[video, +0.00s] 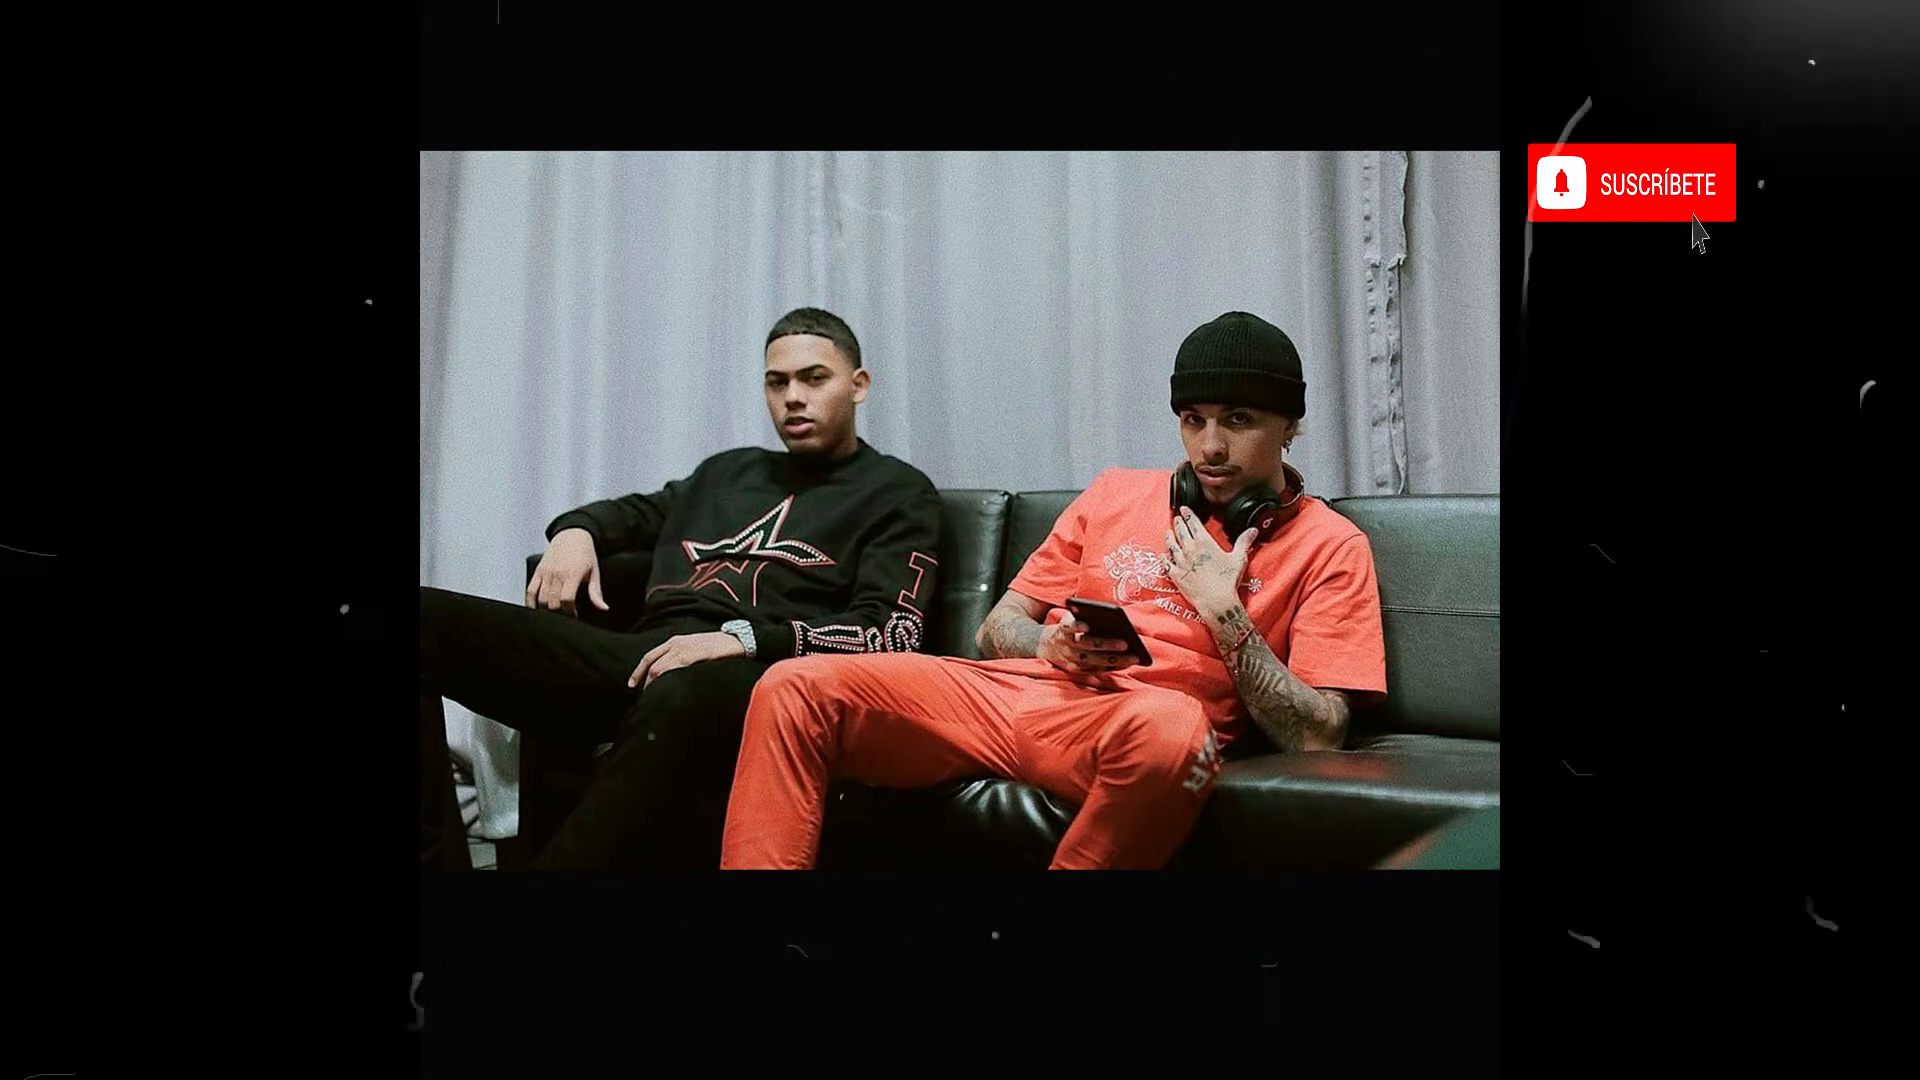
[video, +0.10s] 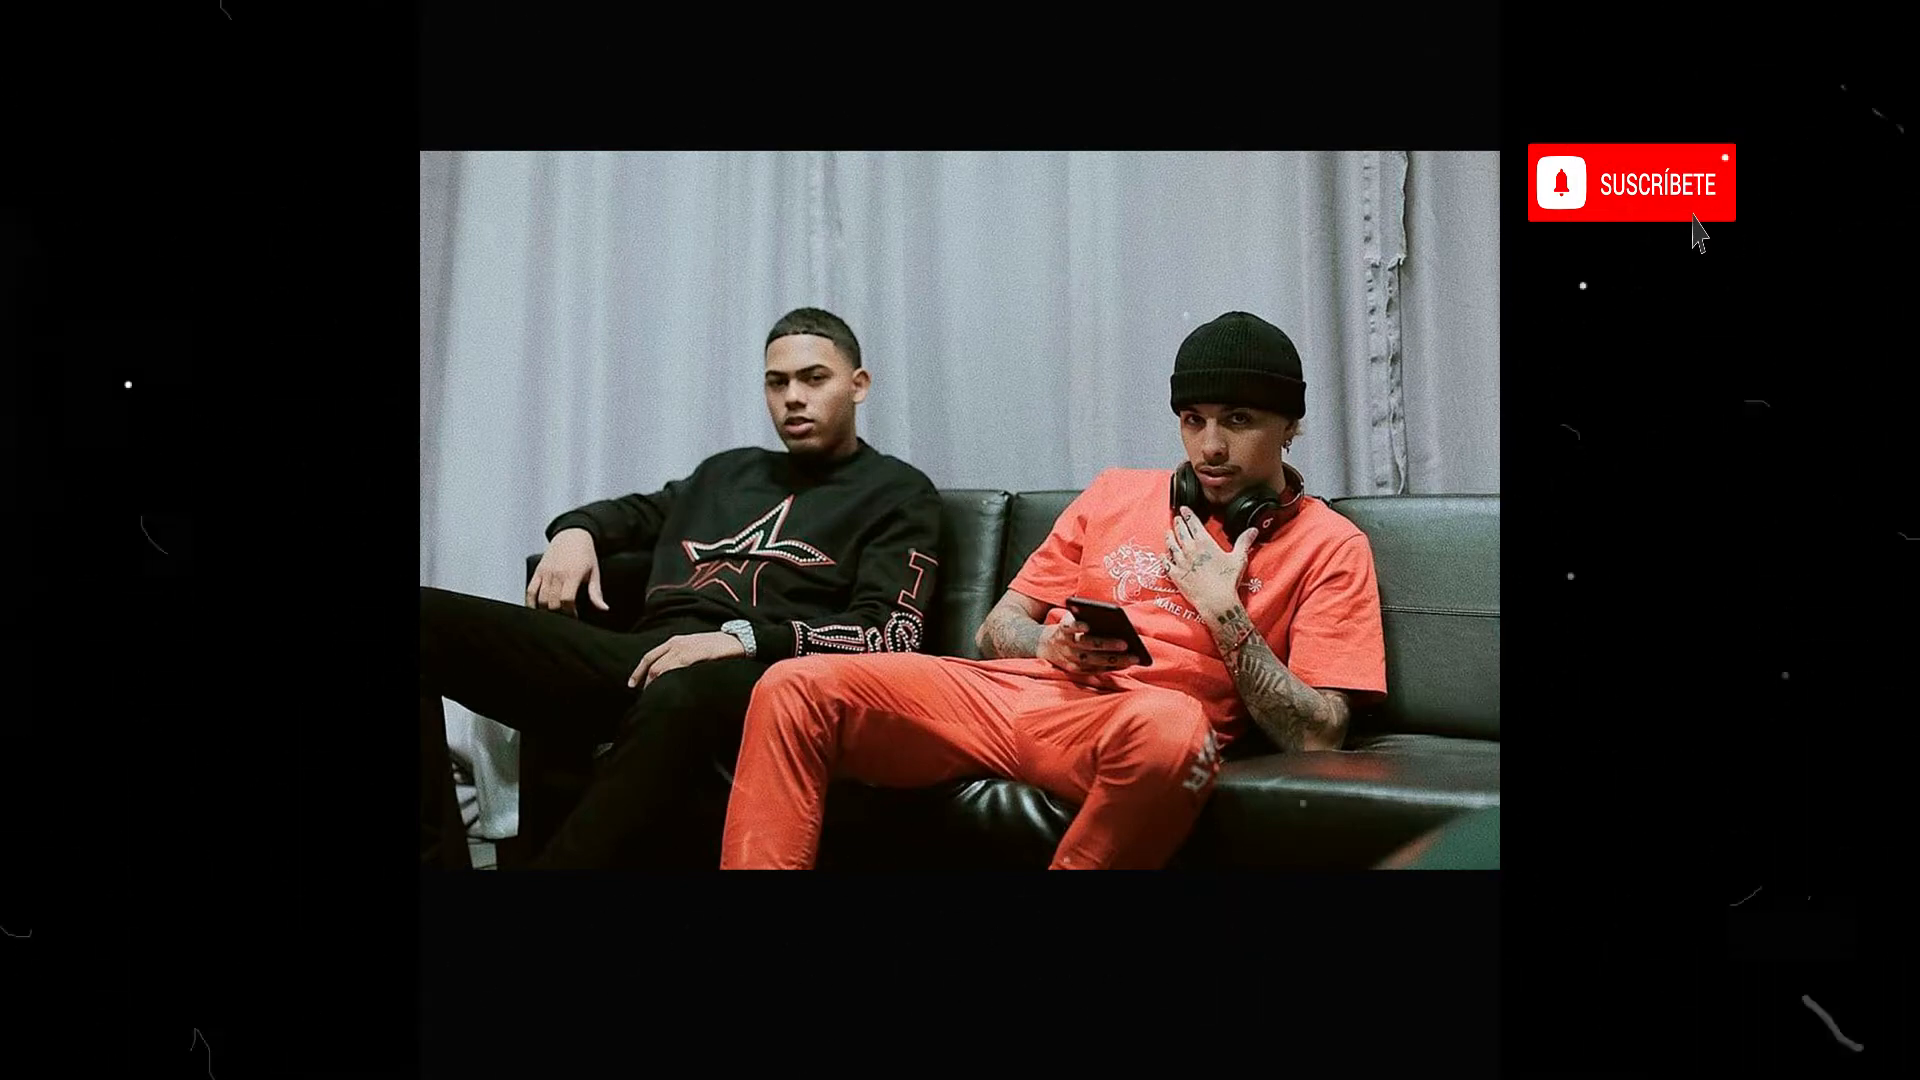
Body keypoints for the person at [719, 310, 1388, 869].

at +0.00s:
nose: (1211, 445)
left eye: (1238, 421)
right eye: (1196, 419)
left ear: (1289, 429)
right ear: (1178, 422)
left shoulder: (1328, 545)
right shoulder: (1118, 492)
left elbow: (1318, 735)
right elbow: (999, 627)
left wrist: (1227, 615)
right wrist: (1050, 647)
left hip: (1129, 709)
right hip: (1012, 685)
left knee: (1171, 746)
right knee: (792, 693)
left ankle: (1042, 946)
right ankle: (763, 932)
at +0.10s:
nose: (1210, 445)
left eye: (1238, 421)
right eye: (1196, 419)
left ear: (1289, 429)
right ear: (1179, 422)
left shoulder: (1328, 546)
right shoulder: (1118, 493)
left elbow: (1318, 734)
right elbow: (999, 626)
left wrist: (1226, 614)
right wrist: (1050, 647)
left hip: (1132, 708)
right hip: (1013, 685)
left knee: (1170, 747)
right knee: (792, 693)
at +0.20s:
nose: (1210, 445)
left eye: (1237, 421)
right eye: (1196, 419)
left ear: (1288, 429)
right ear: (1179, 422)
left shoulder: (1328, 545)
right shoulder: (1117, 493)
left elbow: (1318, 734)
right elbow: (999, 626)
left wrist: (1227, 614)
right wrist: (1051, 647)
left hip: (1132, 707)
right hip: (1013, 685)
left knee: (1170, 746)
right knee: (791, 694)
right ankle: (758, 907)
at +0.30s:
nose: (1210, 445)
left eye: (1238, 421)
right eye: (1196, 419)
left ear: (1289, 429)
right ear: (1179, 422)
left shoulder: (1328, 546)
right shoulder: (1117, 493)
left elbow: (1318, 734)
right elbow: (999, 626)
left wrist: (1227, 615)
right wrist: (1051, 647)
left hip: (1132, 708)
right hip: (1013, 685)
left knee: (1170, 746)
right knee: (791, 694)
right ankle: (760, 923)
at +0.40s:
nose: (1210, 445)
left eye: (1238, 422)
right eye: (1196, 419)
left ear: (1288, 429)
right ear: (1179, 422)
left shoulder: (1328, 546)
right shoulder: (1118, 492)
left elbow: (1318, 735)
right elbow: (1000, 626)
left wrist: (1226, 614)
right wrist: (1051, 647)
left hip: (1130, 708)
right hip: (1013, 685)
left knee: (1171, 745)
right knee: (791, 693)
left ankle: (1058, 885)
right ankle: (760, 899)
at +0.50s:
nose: (1210, 445)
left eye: (1238, 421)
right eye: (1195, 419)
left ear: (1288, 429)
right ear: (1179, 422)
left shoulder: (1329, 546)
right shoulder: (1117, 493)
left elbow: (1318, 735)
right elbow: (999, 625)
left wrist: (1227, 615)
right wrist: (1051, 647)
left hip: (1131, 708)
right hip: (1013, 685)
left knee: (1171, 745)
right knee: (792, 693)